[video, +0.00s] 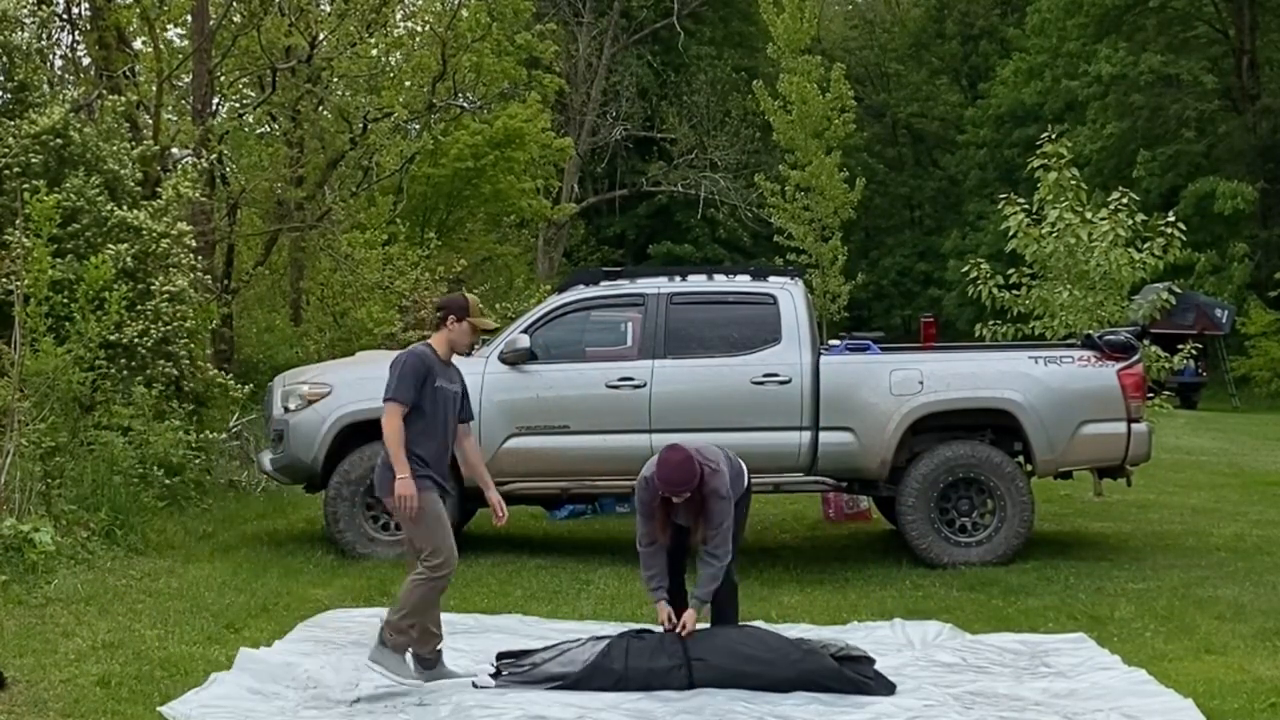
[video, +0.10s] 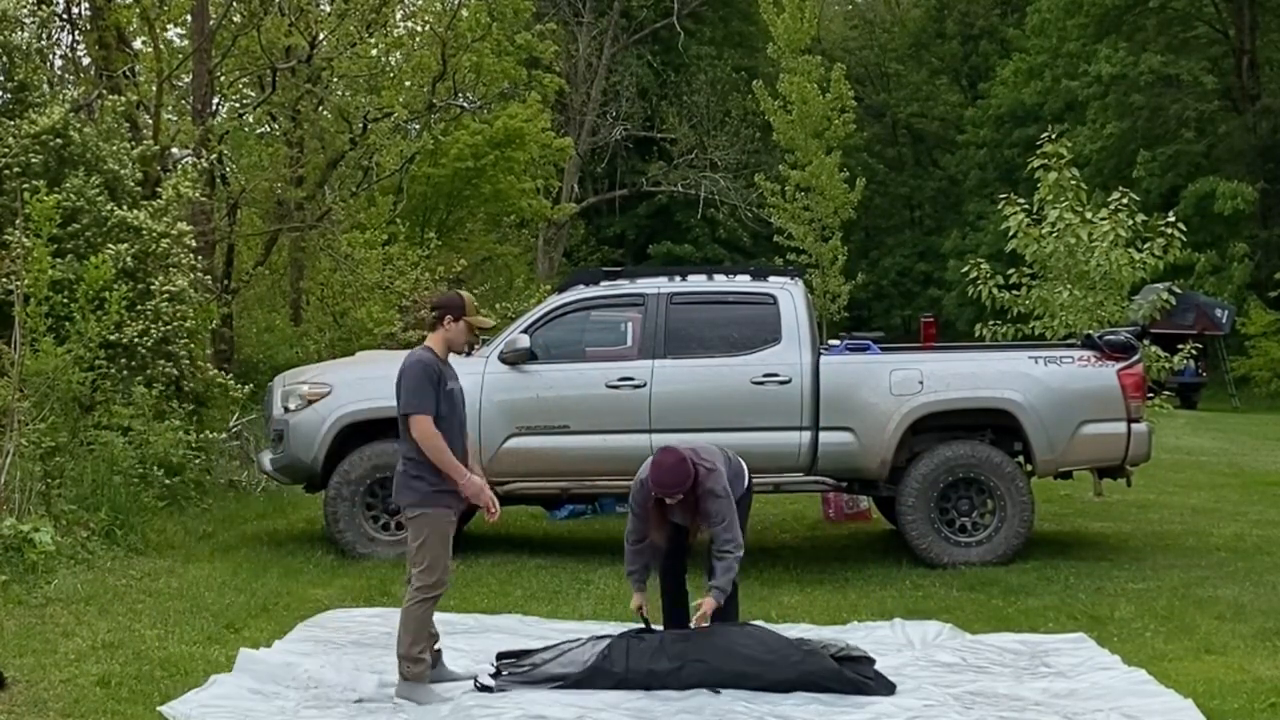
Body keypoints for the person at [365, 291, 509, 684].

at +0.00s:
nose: (475, 339)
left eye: (477, 332)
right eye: (472, 330)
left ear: (457, 325)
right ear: (451, 323)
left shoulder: (455, 376)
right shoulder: (415, 360)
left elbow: (464, 439)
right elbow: (390, 419)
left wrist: (489, 489)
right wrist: (402, 473)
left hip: (432, 482)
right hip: (407, 479)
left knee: (431, 566)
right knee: (441, 560)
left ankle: (427, 656)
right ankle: (389, 645)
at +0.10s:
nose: (473, 337)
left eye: (474, 330)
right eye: (469, 328)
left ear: (449, 324)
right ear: (448, 323)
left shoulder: (444, 369)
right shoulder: (420, 364)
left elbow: (461, 440)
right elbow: (422, 429)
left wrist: (482, 485)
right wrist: (463, 478)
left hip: (442, 496)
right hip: (425, 496)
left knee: (430, 582)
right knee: (426, 583)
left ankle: (429, 664)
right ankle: (411, 678)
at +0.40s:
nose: (468, 339)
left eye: (469, 332)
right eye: (464, 332)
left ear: (436, 326)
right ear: (441, 326)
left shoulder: (408, 363)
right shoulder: (443, 376)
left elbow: (425, 428)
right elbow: (477, 435)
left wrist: (468, 449)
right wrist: (508, 446)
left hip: (423, 491)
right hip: (430, 497)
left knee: (436, 581)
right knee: (417, 587)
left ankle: (428, 664)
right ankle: (408, 679)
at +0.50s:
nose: (439, 343)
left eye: (446, 337)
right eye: (433, 334)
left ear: (455, 335)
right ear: (418, 328)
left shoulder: (447, 367)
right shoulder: (407, 375)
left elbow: (448, 427)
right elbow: (417, 444)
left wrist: (464, 463)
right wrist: (470, 458)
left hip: (448, 496)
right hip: (416, 500)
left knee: (441, 584)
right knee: (414, 587)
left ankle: (429, 663)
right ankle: (407, 678)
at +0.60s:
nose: (414, 340)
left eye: (423, 334)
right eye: (409, 332)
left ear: (441, 333)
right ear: (403, 329)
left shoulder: (457, 368)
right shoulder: (390, 374)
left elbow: (470, 423)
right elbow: (346, 416)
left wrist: (483, 475)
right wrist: (353, 451)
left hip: (449, 493)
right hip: (407, 493)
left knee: (443, 583)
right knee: (413, 587)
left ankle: (430, 662)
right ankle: (407, 679)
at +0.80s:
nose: (432, 350)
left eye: (435, 343)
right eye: (425, 344)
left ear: (439, 337)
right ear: (404, 337)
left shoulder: (444, 364)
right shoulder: (377, 382)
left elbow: (462, 418)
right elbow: (346, 439)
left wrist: (476, 469)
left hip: (445, 493)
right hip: (404, 499)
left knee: (445, 584)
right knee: (407, 590)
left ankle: (429, 662)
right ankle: (404, 682)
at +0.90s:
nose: (452, 350)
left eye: (453, 343)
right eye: (448, 343)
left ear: (428, 340)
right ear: (425, 340)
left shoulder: (436, 368)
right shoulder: (392, 393)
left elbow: (445, 422)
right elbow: (403, 465)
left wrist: (465, 462)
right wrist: (434, 520)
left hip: (445, 493)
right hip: (408, 505)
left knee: (470, 567)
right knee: (408, 592)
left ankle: (438, 649)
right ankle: (405, 682)